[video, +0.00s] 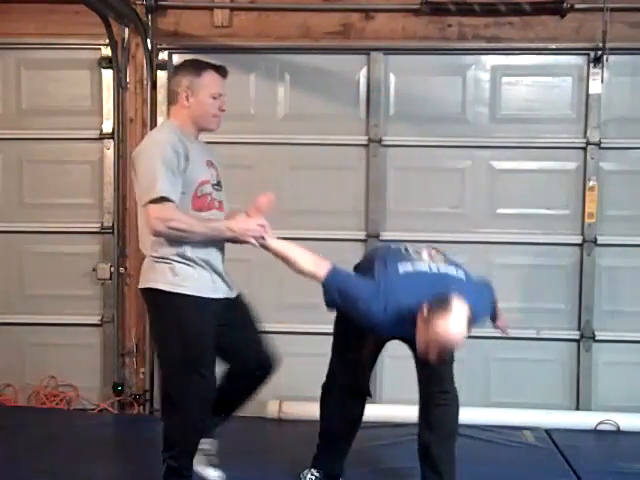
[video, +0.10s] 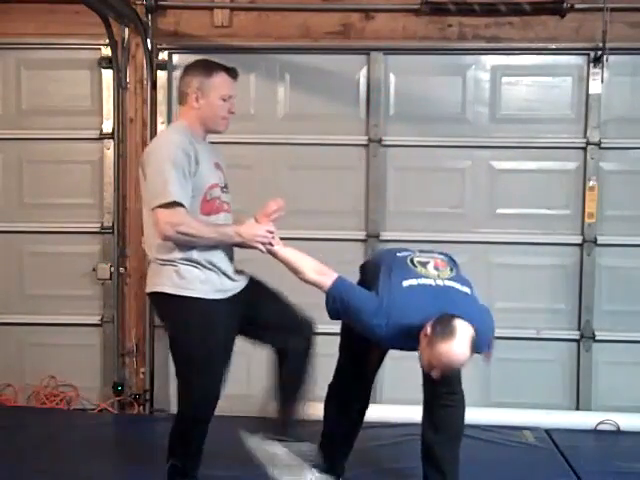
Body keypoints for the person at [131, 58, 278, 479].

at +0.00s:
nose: (223, 106)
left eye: (223, 98)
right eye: (215, 97)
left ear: (189, 98)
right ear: (184, 96)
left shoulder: (199, 150)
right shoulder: (161, 144)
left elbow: (203, 217)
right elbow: (162, 220)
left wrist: (241, 219)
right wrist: (229, 228)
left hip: (210, 283)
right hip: (174, 285)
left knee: (255, 362)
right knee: (191, 385)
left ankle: (199, 435)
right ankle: (178, 469)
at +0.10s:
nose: (232, 108)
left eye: (233, 99)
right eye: (225, 99)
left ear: (201, 100)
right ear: (194, 97)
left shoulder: (201, 148)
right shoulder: (169, 145)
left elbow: (206, 221)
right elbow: (171, 223)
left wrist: (249, 226)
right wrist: (238, 234)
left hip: (223, 281)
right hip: (186, 288)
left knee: (295, 332)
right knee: (198, 404)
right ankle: (180, 475)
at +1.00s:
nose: (311, 119)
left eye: (312, 109)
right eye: (304, 108)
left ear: (279, 108)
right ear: (273, 105)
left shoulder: (298, 164)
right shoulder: (231, 154)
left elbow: (311, 235)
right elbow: (196, 231)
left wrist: (301, 214)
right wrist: (270, 230)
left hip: (303, 311)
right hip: (249, 311)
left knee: (336, 399)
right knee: (235, 412)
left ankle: (334, 475)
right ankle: (186, 476)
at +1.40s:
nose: (257, 104)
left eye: (257, 96)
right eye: (248, 94)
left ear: (223, 99)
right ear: (217, 96)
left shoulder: (243, 153)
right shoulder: (189, 152)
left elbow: (250, 214)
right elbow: (169, 233)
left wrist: (266, 221)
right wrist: (243, 242)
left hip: (254, 298)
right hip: (207, 298)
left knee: (286, 393)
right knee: (206, 407)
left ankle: (310, 474)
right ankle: (179, 475)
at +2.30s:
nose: (217, 108)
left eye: (217, 101)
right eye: (212, 100)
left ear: (187, 102)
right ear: (185, 100)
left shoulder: (187, 150)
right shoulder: (156, 143)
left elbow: (223, 204)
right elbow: (153, 221)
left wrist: (231, 159)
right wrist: (194, 275)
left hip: (172, 275)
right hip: (151, 274)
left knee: (160, 373)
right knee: (165, 373)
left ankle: (141, 463)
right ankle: (157, 469)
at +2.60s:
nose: (199, 102)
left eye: (198, 94)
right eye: (192, 94)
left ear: (171, 98)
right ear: (166, 97)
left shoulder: (176, 151)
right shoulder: (139, 146)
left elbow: (188, 223)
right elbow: (139, 224)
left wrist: (216, 268)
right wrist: (173, 283)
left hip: (167, 283)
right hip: (140, 281)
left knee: (160, 375)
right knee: (141, 377)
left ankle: (143, 459)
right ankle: (125, 467)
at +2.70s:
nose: (193, 100)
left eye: (191, 92)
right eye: (186, 92)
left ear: (164, 98)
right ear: (158, 97)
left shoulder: (170, 150)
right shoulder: (131, 146)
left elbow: (165, 220)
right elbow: (128, 223)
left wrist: (173, 279)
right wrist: (165, 285)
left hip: (163, 285)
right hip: (135, 285)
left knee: (160, 377)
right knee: (134, 379)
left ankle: (143, 458)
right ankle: (121, 467)